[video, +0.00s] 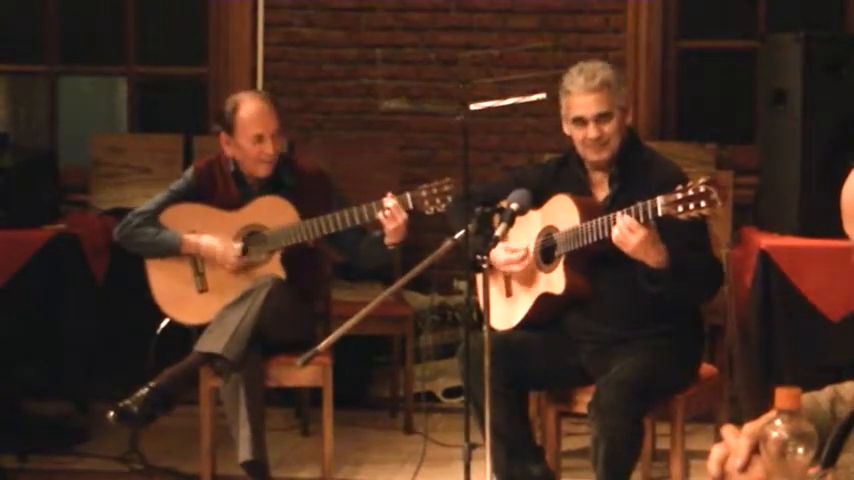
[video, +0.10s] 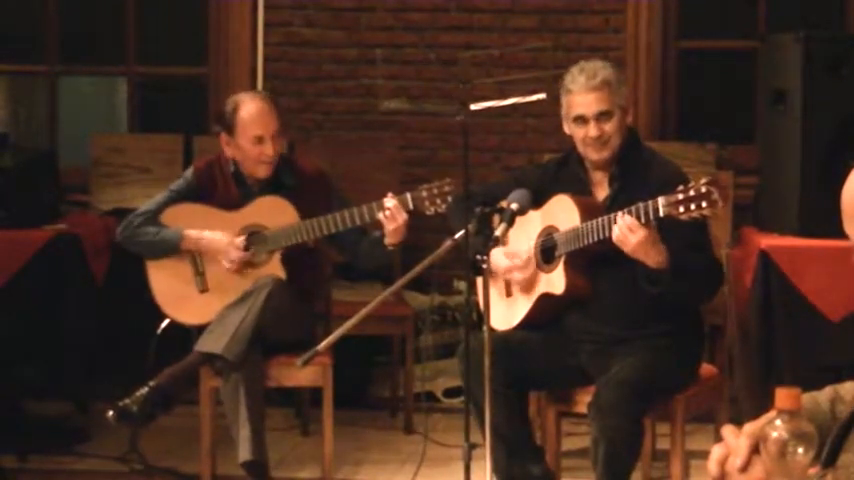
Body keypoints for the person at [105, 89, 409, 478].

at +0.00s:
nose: (271, 149)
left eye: (275, 137)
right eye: (258, 140)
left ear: (283, 134)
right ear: (228, 143)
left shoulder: (306, 181)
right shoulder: (207, 178)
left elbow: (353, 249)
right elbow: (129, 231)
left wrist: (388, 242)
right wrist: (198, 244)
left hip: (294, 314)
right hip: (228, 312)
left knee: (269, 290)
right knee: (241, 352)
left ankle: (167, 384)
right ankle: (254, 468)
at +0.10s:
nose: (271, 150)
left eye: (276, 138)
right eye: (258, 141)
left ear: (284, 134)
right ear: (228, 143)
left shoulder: (306, 182)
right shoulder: (207, 178)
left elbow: (354, 249)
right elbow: (131, 232)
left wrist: (388, 242)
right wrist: (204, 241)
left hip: (295, 314)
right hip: (229, 312)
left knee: (269, 290)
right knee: (241, 351)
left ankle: (167, 384)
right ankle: (254, 468)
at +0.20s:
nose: (271, 150)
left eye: (276, 138)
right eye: (258, 141)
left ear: (284, 134)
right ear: (229, 144)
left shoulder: (306, 182)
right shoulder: (207, 178)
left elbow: (353, 247)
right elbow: (130, 231)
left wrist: (388, 242)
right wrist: (193, 242)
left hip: (296, 313)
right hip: (230, 312)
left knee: (269, 290)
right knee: (242, 352)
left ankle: (166, 383)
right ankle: (254, 468)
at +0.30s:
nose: (272, 152)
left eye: (278, 140)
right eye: (260, 143)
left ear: (286, 136)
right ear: (230, 145)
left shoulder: (307, 183)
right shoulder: (208, 178)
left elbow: (355, 248)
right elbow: (130, 232)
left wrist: (389, 242)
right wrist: (198, 238)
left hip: (296, 314)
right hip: (228, 310)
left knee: (269, 289)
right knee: (242, 351)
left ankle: (167, 383)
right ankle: (254, 468)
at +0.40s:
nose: (272, 153)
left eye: (278, 140)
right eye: (260, 143)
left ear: (286, 137)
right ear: (230, 145)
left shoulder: (307, 183)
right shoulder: (208, 177)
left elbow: (355, 249)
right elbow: (132, 230)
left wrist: (388, 242)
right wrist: (200, 245)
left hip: (296, 314)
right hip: (228, 311)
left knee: (270, 289)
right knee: (242, 353)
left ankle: (166, 383)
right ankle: (254, 468)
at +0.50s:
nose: (274, 153)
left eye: (279, 141)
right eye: (262, 144)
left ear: (286, 137)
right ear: (231, 146)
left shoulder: (307, 183)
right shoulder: (208, 178)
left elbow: (355, 249)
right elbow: (131, 230)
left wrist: (388, 242)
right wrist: (200, 242)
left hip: (296, 314)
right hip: (229, 311)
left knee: (270, 290)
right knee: (243, 353)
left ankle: (167, 383)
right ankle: (254, 468)